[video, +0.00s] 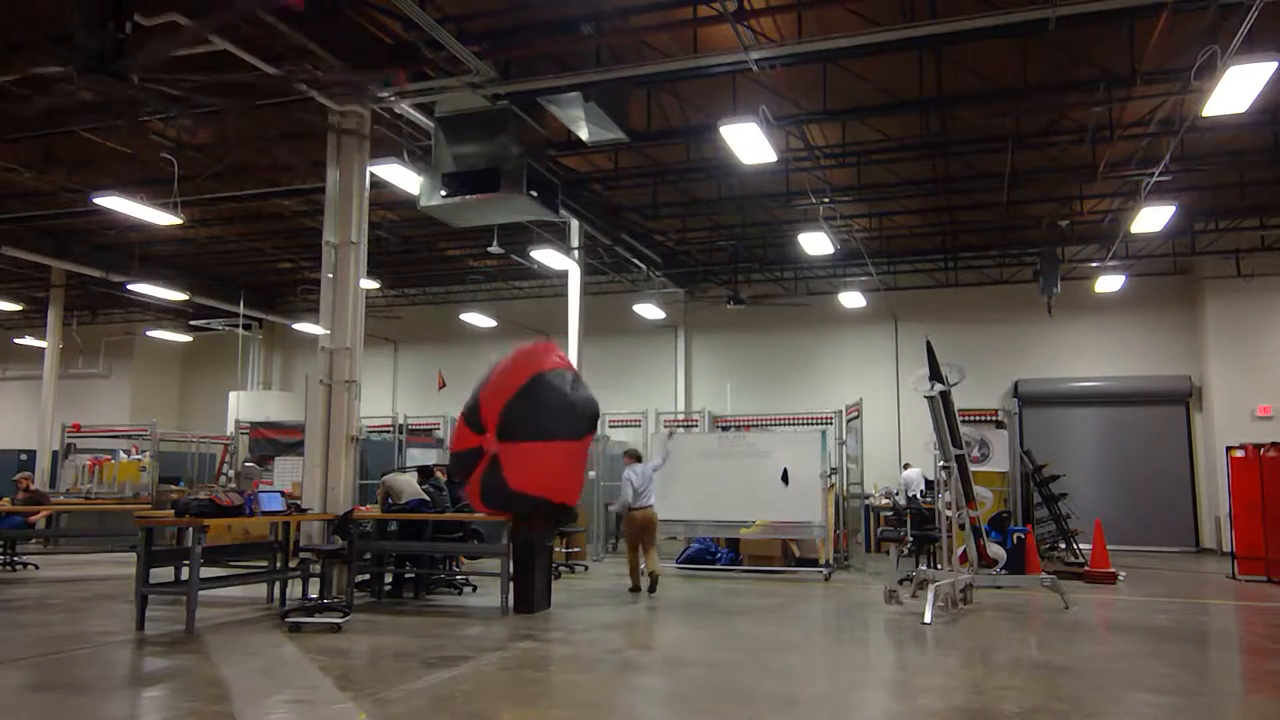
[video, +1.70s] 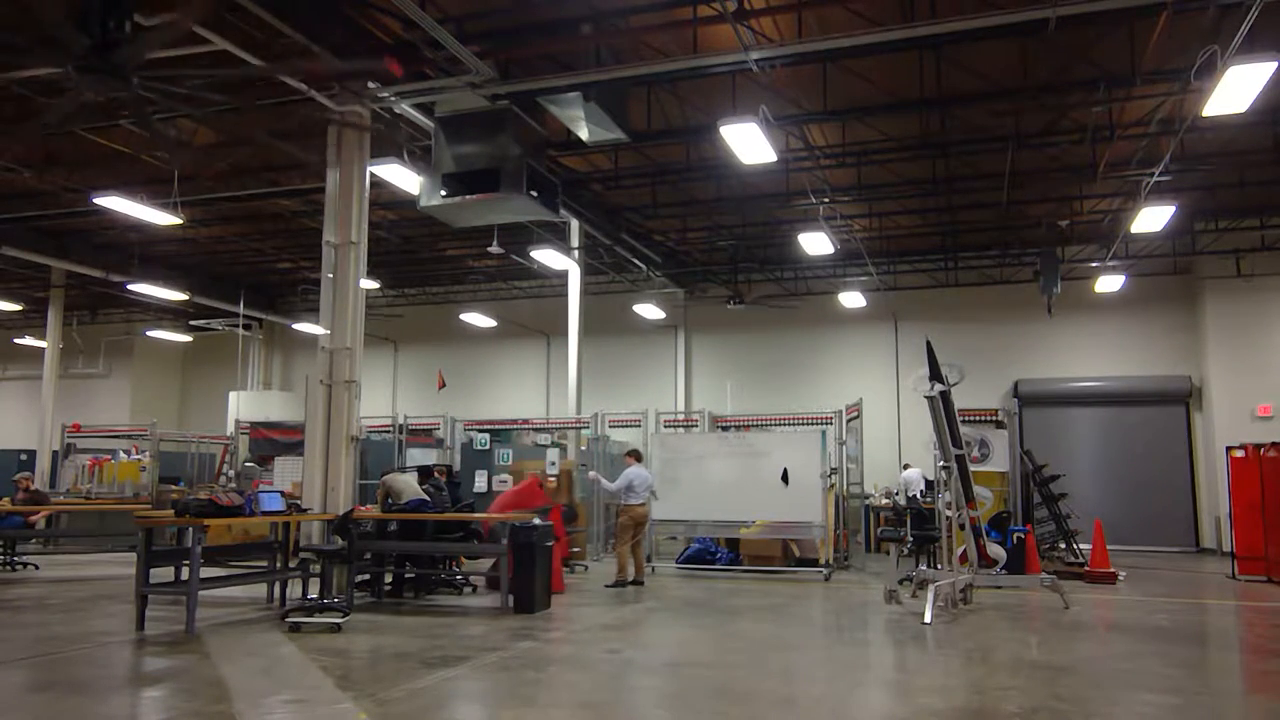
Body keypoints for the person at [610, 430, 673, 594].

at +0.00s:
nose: (624, 461)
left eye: (625, 458)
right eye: (624, 458)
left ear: (630, 459)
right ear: (637, 458)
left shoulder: (627, 473)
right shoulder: (648, 468)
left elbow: (627, 498)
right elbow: (662, 459)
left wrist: (615, 507)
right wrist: (667, 442)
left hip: (634, 512)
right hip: (649, 510)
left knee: (632, 550)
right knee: (649, 546)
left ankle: (635, 583)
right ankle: (653, 571)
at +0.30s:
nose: (622, 456)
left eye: (624, 454)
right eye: (623, 454)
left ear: (630, 454)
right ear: (635, 454)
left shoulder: (624, 469)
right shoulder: (645, 465)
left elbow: (618, 491)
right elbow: (665, 467)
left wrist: (601, 492)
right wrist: (680, 456)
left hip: (630, 507)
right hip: (645, 505)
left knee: (632, 545)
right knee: (643, 544)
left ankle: (636, 579)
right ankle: (646, 577)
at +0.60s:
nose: (622, 460)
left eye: (624, 457)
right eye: (623, 457)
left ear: (630, 458)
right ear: (635, 458)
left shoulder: (624, 472)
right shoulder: (644, 470)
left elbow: (611, 488)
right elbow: (663, 477)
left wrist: (595, 478)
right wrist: (683, 475)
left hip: (627, 512)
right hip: (642, 511)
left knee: (623, 544)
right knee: (637, 546)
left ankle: (631, 572)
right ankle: (642, 578)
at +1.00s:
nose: (618, 457)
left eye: (620, 455)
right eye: (619, 455)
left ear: (627, 457)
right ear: (630, 458)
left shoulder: (620, 469)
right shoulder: (637, 471)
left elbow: (606, 482)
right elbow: (652, 486)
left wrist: (593, 471)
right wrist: (672, 494)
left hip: (618, 509)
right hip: (633, 508)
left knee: (614, 545)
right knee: (631, 543)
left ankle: (617, 579)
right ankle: (640, 577)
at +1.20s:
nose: (617, 458)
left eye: (619, 456)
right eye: (618, 455)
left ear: (625, 458)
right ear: (629, 459)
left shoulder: (619, 471)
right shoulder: (636, 473)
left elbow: (602, 485)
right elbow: (646, 488)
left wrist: (590, 474)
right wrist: (656, 495)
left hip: (618, 510)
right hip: (632, 509)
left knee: (612, 545)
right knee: (627, 544)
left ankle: (617, 579)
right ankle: (639, 574)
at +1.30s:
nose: (618, 459)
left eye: (619, 456)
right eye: (618, 456)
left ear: (625, 457)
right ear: (631, 458)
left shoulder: (621, 472)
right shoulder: (637, 472)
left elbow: (604, 486)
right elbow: (641, 488)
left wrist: (591, 477)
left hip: (619, 508)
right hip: (633, 508)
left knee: (614, 545)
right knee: (629, 544)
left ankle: (617, 579)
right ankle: (639, 575)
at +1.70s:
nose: (626, 461)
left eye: (627, 458)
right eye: (626, 459)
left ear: (632, 458)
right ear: (638, 459)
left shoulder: (629, 472)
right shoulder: (646, 473)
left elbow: (613, 488)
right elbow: (651, 488)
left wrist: (598, 478)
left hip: (629, 508)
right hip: (643, 507)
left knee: (622, 544)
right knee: (637, 544)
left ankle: (621, 578)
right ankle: (639, 577)